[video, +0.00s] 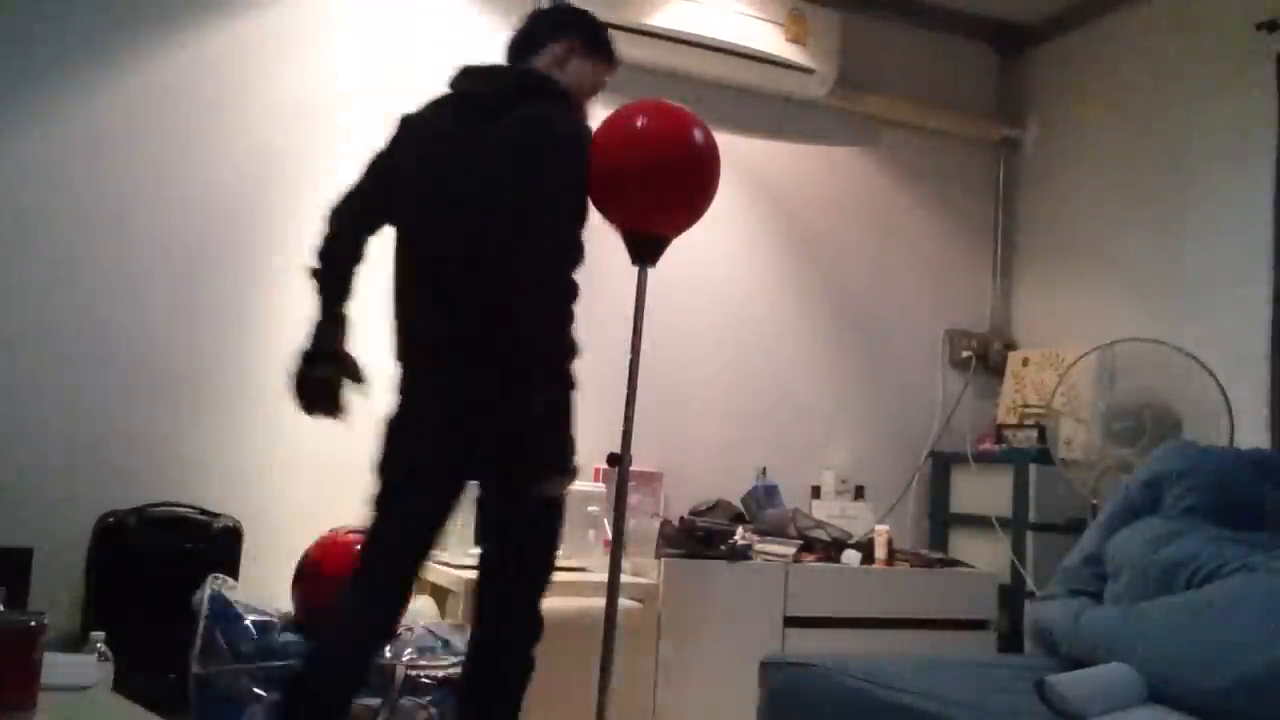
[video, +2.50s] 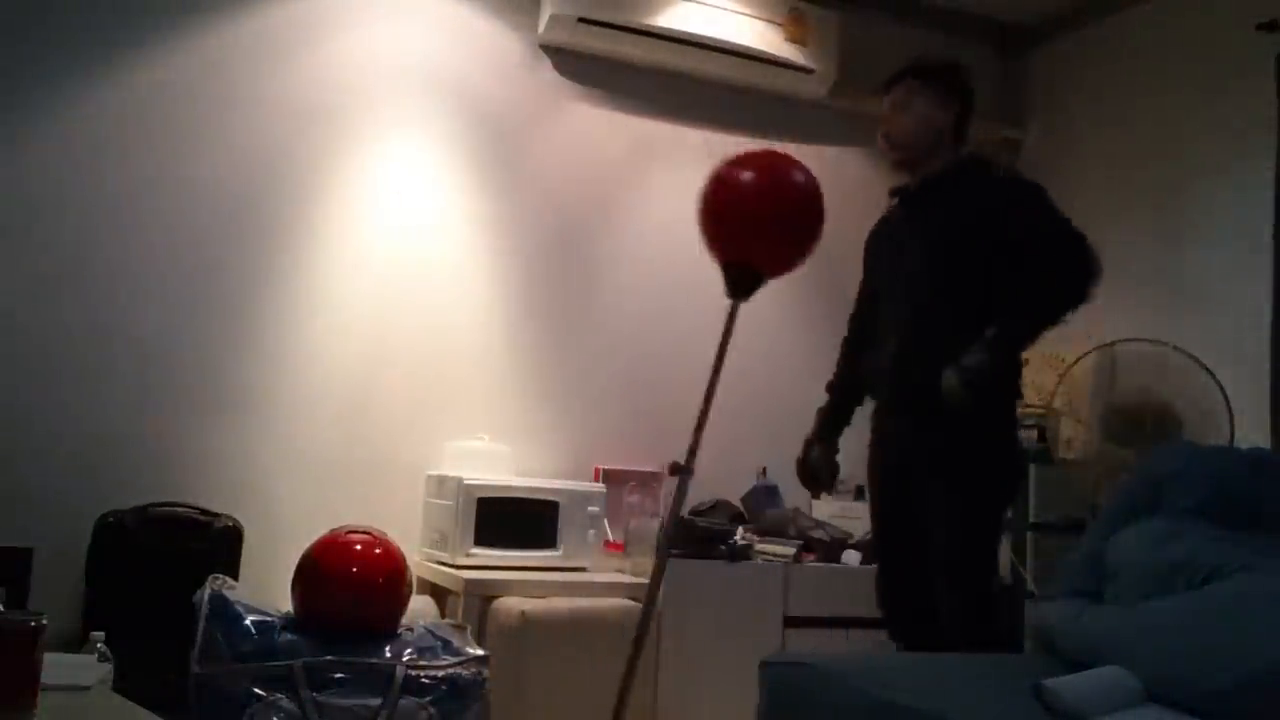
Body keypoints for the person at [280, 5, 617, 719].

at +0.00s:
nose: (589, 103)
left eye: (597, 88)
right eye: (592, 82)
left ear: (526, 55)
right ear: (563, 54)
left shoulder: (433, 123)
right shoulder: (565, 135)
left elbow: (348, 222)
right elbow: (644, 245)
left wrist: (328, 334)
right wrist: (653, 202)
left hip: (430, 392)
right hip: (529, 401)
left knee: (376, 591)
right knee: (509, 616)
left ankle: (312, 707)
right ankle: (484, 715)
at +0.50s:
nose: (709, 125)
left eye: (720, 113)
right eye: (699, 104)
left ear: (720, 119)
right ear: (656, 94)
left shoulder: (664, 181)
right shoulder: (625, 169)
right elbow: (578, 285)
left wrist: (673, 355)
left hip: (641, 398)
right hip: (611, 397)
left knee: (581, 584)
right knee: (650, 583)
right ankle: (651, 713)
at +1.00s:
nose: (770, 125)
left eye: (786, 113)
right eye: (756, 109)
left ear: (806, 126)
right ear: (731, 115)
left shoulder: (797, 215)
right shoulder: (692, 189)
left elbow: (837, 319)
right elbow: (642, 288)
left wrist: (904, 385)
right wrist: (640, 374)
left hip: (754, 405)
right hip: (690, 397)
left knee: (718, 571)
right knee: (736, 576)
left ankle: (673, 705)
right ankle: (732, 709)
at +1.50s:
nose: (812, 113)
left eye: (826, 98)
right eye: (800, 102)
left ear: (859, 106)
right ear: (788, 116)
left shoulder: (894, 197)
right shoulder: (772, 191)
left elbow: (916, 299)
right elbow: (705, 263)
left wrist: (934, 377)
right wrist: (695, 204)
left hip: (876, 409)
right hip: (792, 411)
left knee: (915, 566)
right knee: (772, 576)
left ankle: (936, 709)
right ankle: (747, 711)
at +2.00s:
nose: (923, 121)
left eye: (938, 104)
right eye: (910, 111)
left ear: (976, 109)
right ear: (899, 124)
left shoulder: (1017, 199)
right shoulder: (886, 195)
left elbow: (1053, 286)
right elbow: (810, 223)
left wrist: (1062, 356)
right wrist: (751, 211)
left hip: (994, 419)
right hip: (904, 418)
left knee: (989, 594)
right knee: (861, 585)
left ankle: (990, 712)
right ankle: (829, 710)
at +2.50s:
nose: (889, 123)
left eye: (906, 107)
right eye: (887, 108)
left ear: (947, 117)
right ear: (883, 118)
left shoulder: (999, 193)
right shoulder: (892, 229)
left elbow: (1072, 268)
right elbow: (866, 338)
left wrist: (990, 352)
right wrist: (826, 433)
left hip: (971, 434)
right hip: (900, 436)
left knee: (960, 598)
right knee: (905, 602)